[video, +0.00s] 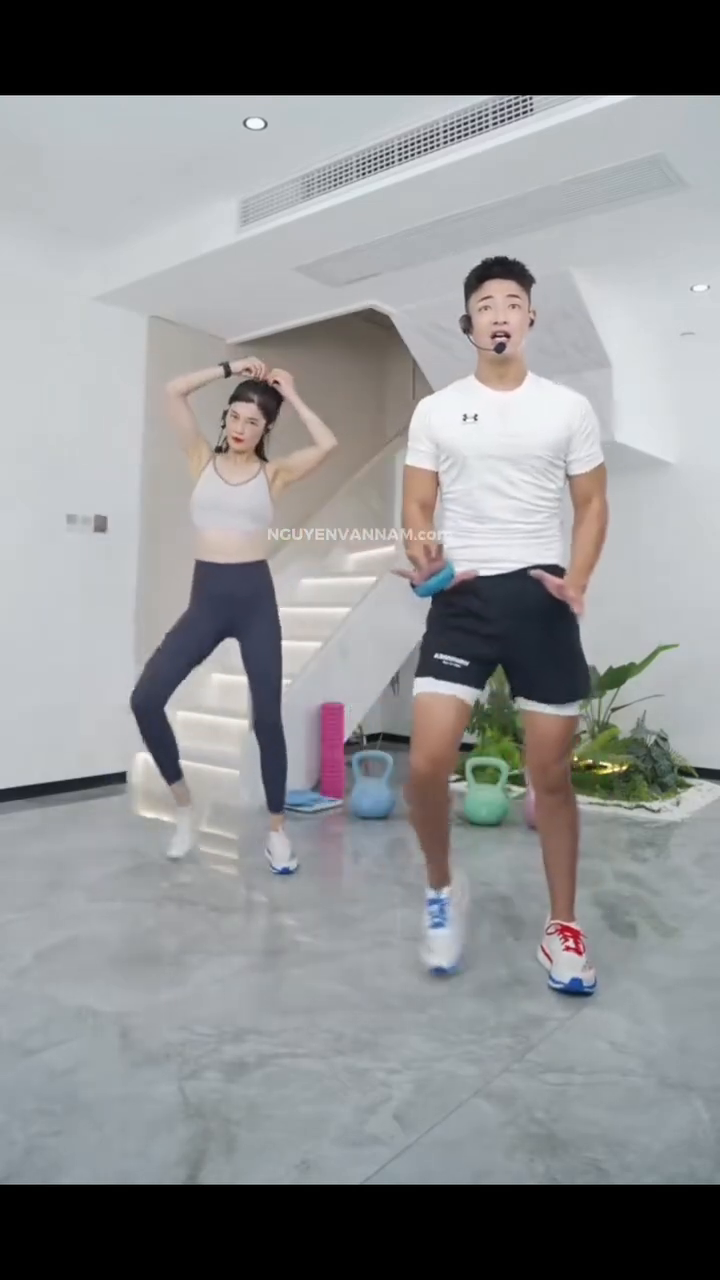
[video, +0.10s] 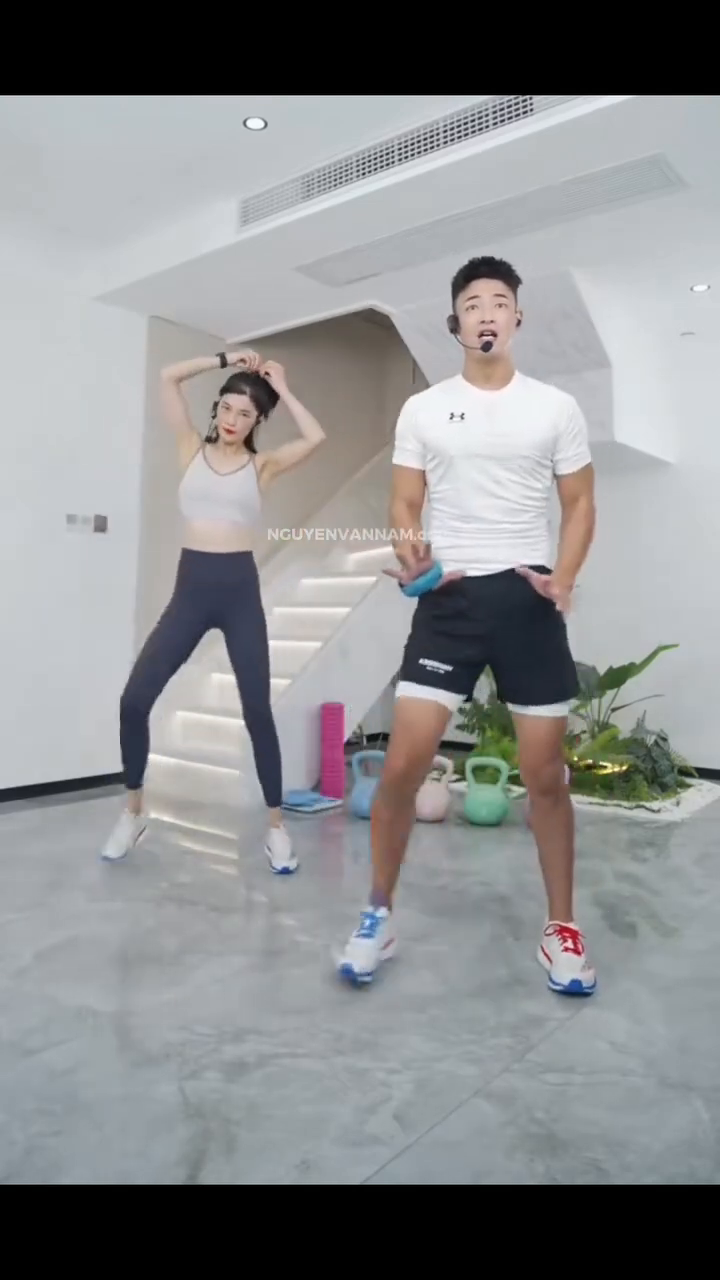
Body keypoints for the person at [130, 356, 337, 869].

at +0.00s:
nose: (241, 427)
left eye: (252, 421)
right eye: (236, 417)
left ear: (265, 429)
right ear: (226, 420)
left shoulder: (273, 474)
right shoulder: (203, 460)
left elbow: (327, 444)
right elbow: (173, 391)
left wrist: (292, 398)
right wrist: (228, 368)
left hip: (255, 599)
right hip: (207, 598)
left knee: (267, 718)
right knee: (145, 700)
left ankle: (277, 829)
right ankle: (185, 806)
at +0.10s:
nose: (233, 418)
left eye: (244, 412)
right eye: (228, 408)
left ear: (257, 421)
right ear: (216, 410)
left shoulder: (262, 466)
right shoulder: (191, 448)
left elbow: (315, 438)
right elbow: (168, 377)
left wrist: (283, 392)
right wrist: (222, 359)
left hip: (240, 592)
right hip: (192, 590)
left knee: (257, 710)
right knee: (133, 701)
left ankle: (276, 824)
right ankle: (133, 810)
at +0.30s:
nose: (208, 432)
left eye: (217, 426)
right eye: (203, 421)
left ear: (227, 433)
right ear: (190, 422)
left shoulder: (228, 481)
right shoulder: (160, 458)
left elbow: (270, 465)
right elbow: (137, 382)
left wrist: (247, 411)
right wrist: (197, 369)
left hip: (192, 602)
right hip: (141, 595)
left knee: (229, 718)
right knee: (120, 714)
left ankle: (273, 823)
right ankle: (105, 827)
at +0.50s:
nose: (184, 430)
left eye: (194, 424)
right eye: (178, 420)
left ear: (205, 431)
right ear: (165, 420)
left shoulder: (207, 478)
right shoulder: (136, 456)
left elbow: (250, 469)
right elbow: (101, 396)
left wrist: (228, 415)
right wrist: (159, 372)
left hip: (168, 597)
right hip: (118, 592)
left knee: (179, 710)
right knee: (104, 711)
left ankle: (182, 793)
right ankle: (103, 826)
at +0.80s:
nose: (175, 424)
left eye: (185, 417)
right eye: (168, 415)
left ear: (198, 426)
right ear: (154, 419)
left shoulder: (204, 479)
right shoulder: (128, 461)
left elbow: (254, 483)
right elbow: (72, 439)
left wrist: (237, 417)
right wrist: (104, 384)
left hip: (170, 600)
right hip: (120, 595)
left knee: (189, 710)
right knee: (103, 714)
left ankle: (174, 793)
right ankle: (104, 827)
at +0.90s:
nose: (183, 417)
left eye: (192, 411)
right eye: (175, 408)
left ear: (203, 422)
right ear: (160, 413)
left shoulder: (209, 475)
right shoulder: (134, 461)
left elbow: (260, 499)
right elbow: (72, 464)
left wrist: (249, 431)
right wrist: (77, 399)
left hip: (182, 600)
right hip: (130, 595)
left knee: (223, 704)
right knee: (109, 714)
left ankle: (224, 788)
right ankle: (105, 828)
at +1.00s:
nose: (196, 402)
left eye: (206, 397)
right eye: (189, 394)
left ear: (217, 409)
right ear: (174, 402)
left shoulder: (226, 461)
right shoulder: (148, 452)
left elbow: (272, 510)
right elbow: (87, 484)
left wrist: (266, 470)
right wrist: (63, 434)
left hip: (200, 586)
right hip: (149, 584)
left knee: (236, 706)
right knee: (127, 707)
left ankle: (271, 810)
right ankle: (107, 825)